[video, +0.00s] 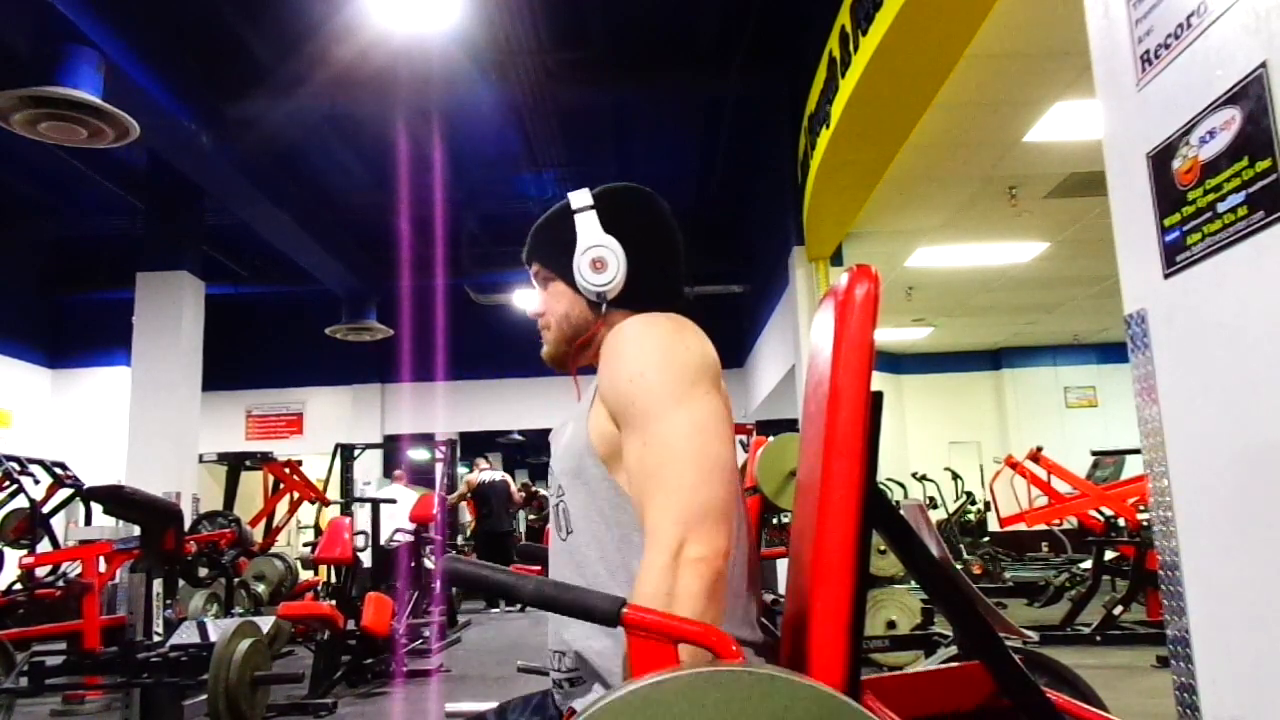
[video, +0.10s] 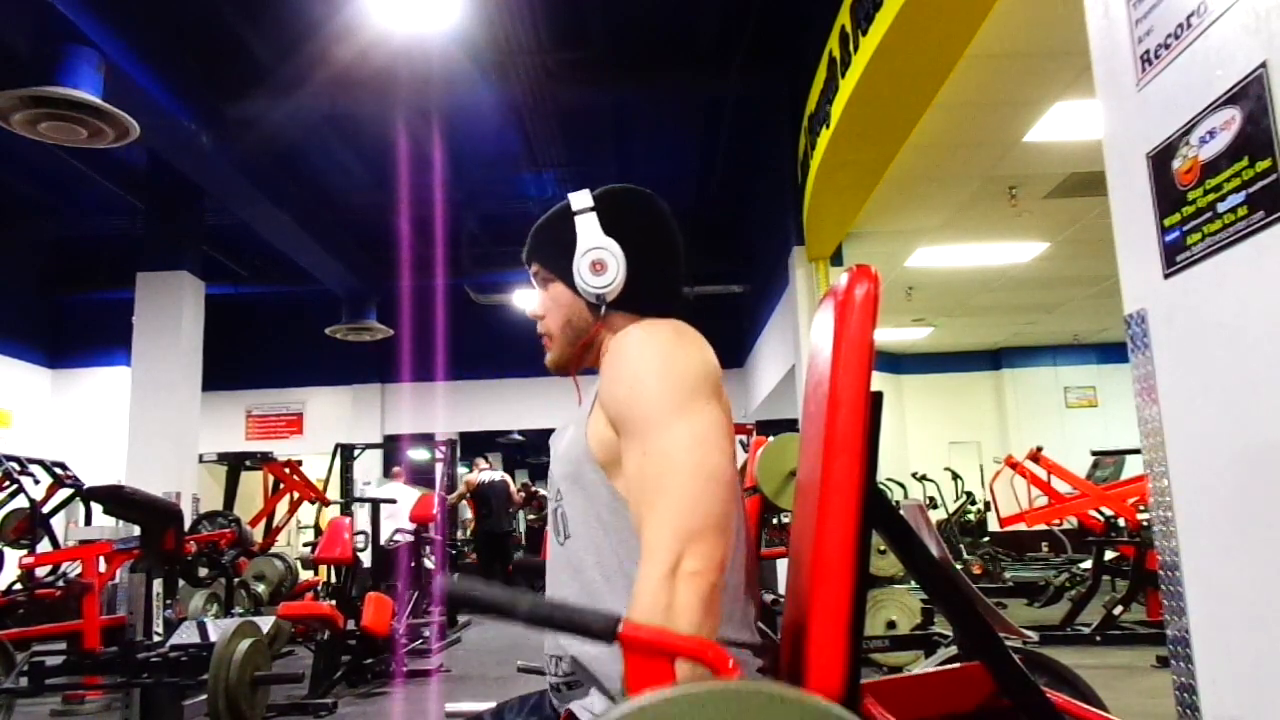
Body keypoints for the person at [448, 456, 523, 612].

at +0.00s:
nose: (474, 469)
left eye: (474, 467)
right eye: (475, 466)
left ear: (475, 467)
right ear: (490, 465)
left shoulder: (471, 478)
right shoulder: (505, 476)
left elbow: (456, 498)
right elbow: (517, 500)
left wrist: (448, 501)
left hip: (484, 530)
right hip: (505, 530)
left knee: (486, 567)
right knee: (507, 567)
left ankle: (492, 604)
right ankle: (511, 602)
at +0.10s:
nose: (473, 470)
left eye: (473, 468)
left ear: (474, 468)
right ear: (489, 465)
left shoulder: (470, 478)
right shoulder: (504, 476)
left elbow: (453, 500)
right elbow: (516, 500)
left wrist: (446, 500)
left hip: (483, 530)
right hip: (504, 529)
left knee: (486, 567)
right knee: (505, 566)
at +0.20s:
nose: (473, 469)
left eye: (473, 467)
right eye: (474, 466)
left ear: (475, 467)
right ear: (489, 465)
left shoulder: (470, 478)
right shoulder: (504, 476)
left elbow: (454, 499)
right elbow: (516, 500)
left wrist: (444, 502)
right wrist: (509, 510)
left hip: (483, 530)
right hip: (504, 529)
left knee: (487, 567)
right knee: (504, 565)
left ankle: (492, 604)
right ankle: (508, 601)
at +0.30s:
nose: (473, 469)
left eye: (473, 467)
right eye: (474, 466)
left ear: (474, 467)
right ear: (489, 464)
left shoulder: (470, 478)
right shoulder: (504, 476)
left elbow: (455, 499)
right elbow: (516, 500)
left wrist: (445, 501)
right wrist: (509, 510)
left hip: (483, 530)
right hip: (504, 529)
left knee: (487, 567)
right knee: (505, 566)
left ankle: (492, 603)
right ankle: (509, 601)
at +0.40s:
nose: (473, 468)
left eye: (473, 466)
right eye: (475, 465)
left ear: (474, 467)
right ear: (489, 464)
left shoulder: (471, 478)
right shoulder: (504, 476)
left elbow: (455, 499)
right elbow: (516, 500)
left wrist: (446, 502)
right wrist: (508, 510)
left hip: (483, 530)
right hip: (504, 529)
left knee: (487, 567)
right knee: (506, 566)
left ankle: (492, 604)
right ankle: (510, 602)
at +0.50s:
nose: (473, 469)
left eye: (473, 466)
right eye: (474, 466)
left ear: (474, 467)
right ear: (489, 464)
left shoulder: (470, 478)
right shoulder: (504, 476)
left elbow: (455, 498)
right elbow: (516, 499)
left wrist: (447, 502)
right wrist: (508, 511)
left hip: (483, 530)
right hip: (504, 529)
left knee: (487, 567)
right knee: (506, 566)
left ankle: (492, 604)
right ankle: (510, 602)